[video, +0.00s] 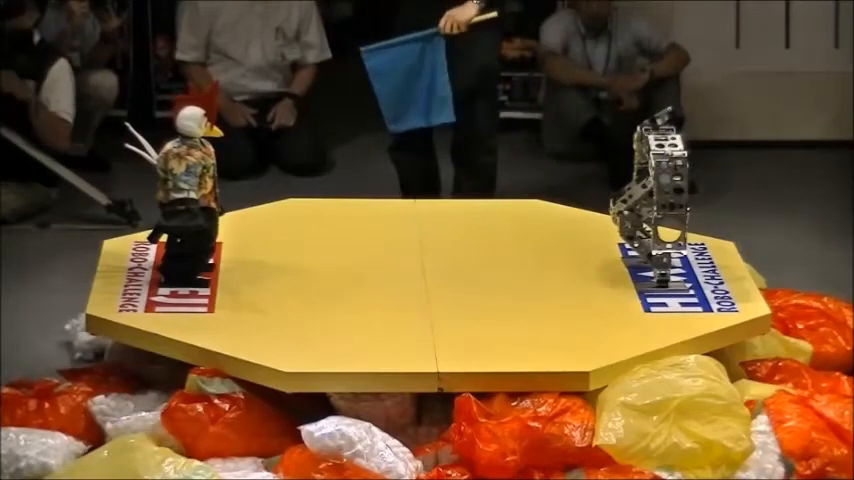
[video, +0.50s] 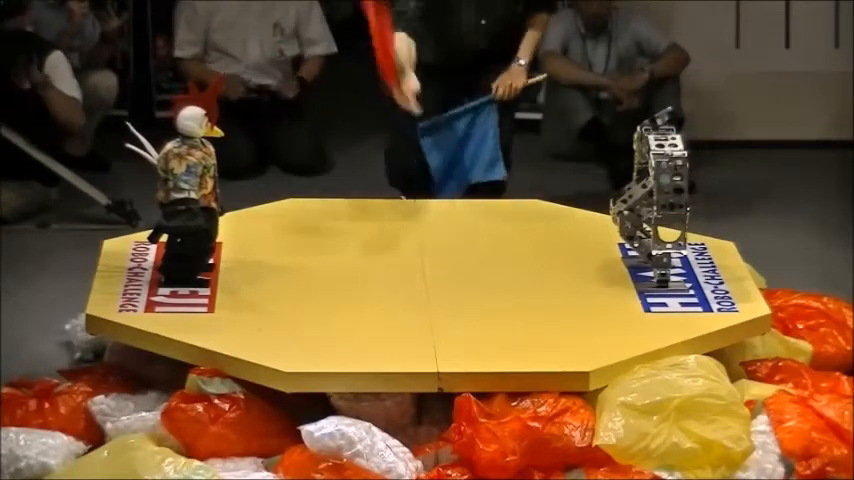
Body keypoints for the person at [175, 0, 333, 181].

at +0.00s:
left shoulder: (300, 5)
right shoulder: (201, 5)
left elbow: (310, 61)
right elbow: (191, 62)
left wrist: (290, 100)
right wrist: (226, 105)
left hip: (279, 98)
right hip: (227, 102)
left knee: (307, 161)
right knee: (237, 164)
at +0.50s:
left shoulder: (301, 5)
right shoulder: (196, 6)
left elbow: (317, 49)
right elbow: (187, 59)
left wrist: (299, 81)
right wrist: (220, 82)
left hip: (280, 97)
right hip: (229, 99)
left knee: (306, 161)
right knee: (237, 164)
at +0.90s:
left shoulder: (297, 3)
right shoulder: (197, 4)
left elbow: (322, 42)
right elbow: (183, 55)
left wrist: (294, 32)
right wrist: (213, 34)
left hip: (283, 99)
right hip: (228, 103)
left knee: (306, 162)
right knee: (236, 166)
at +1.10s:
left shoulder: (298, 3)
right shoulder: (199, 4)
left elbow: (322, 36)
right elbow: (183, 53)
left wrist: (295, 21)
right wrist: (211, 21)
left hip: (281, 97)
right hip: (225, 100)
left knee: (307, 163)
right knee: (236, 167)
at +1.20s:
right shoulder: (198, 5)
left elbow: (320, 31)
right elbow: (186, 48)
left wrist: (296, 16)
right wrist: (211, 15)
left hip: (279, 96)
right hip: (221, 99)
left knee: (307, 162)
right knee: (239, 166)